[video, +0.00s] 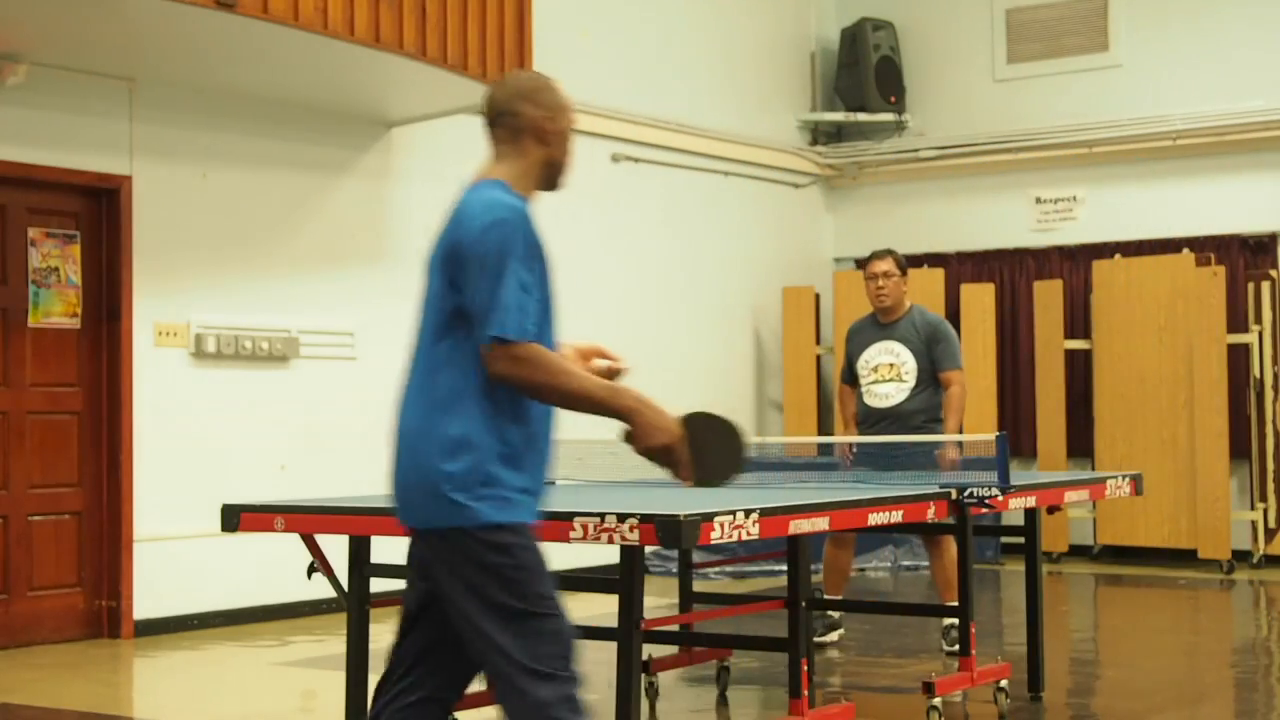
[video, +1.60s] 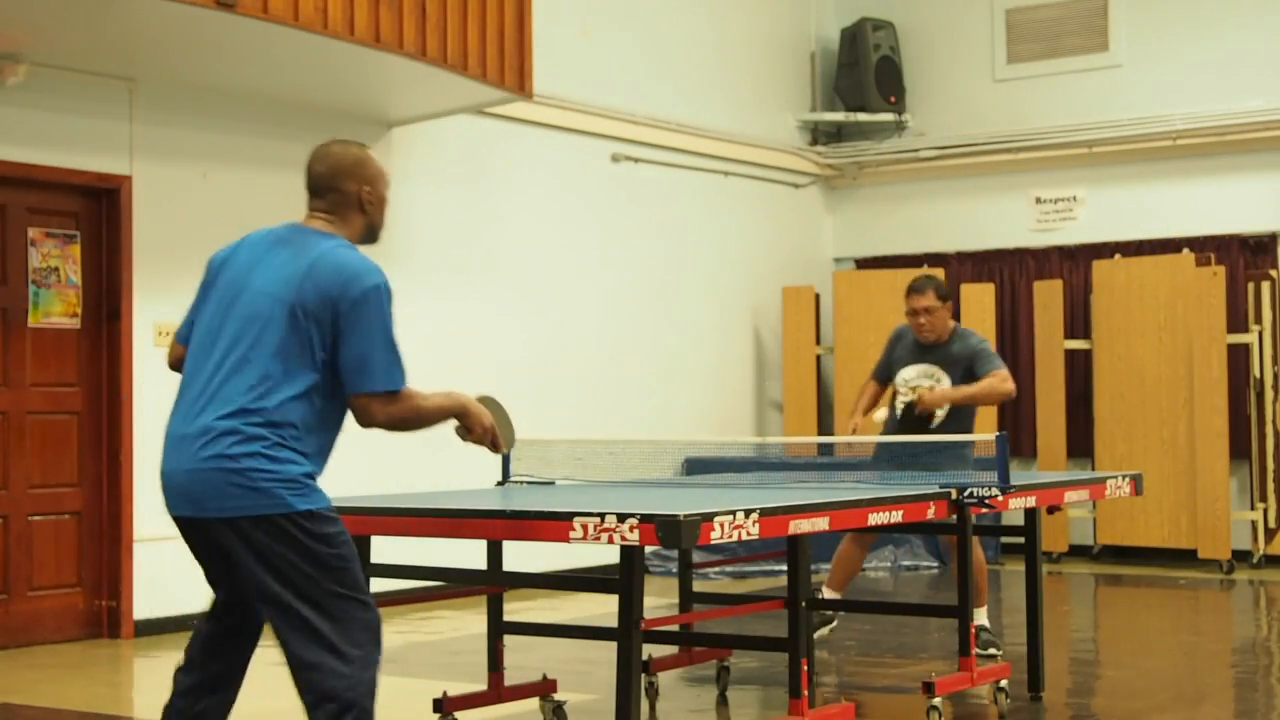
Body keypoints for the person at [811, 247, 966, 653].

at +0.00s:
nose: (880, 285)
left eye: (888, 277)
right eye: (872, 279)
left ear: (905, 281)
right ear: (864, 286)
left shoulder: (933, 327)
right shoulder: (857, 333)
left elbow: (954, 385)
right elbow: (848, 384)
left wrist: (950, 439)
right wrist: (848, 428)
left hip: (921, 449)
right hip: (868, 449)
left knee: (938, 533)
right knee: (841, 529)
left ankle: (953, 621)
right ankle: (829, 613)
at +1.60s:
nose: (920, 321)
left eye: (928, 312)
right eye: (913, 313)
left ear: (949, 309)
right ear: (906, 312)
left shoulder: (971, 346)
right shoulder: (902, 338)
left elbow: (1004, 385)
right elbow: (879, 380)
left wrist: (946, 397)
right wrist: (860, 412)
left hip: (946, 468)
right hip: (894, 465)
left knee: (962, 538)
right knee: (861, 531)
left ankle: (980, 624)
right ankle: (824, 606)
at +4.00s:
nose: (927, 293)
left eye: (935, 285)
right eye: (921, 286)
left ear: (955, 291)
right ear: (915, 291)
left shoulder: (979, 335)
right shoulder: (906, 335)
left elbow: (994, 387)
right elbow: (884, 385)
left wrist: (962, 409)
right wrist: (887, 406)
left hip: (965, 450)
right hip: (914, 450)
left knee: (979, 530)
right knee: (898, 528)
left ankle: (1002, 618)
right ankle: (887, 612)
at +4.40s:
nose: (914, 309)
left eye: (921, 301)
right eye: (908, 303)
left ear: (943, 300)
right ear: (904, 306)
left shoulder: (969, 333)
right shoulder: (910, 344)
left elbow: (987, 371)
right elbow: (894, 394)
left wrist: (930, 386)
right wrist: (880, 389)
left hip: (965, 452)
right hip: (917, 452)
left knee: (979, 532)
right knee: (892, 528)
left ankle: (1003, 620)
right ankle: (888, 614)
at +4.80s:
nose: (905, 297)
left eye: (913, 289)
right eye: (899, 290)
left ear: (931, 293)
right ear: (892, 297)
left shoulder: (954, 331)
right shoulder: (890, 344)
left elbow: (978, 372)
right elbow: (876, 392)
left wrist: (956, 365)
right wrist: (873, 401)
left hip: (954, 447)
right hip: (904, 449)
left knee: (975, 527)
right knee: (891, 527)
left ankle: (1002, 618)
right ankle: (885, 611)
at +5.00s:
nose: (908, 296)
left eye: (916, 288)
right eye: (901, 289)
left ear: (934, 291)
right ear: (895, 295)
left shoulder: (959, 333)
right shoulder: (888, 341)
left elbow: (984, 380)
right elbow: (866, 387)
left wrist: (951, 395)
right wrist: (872, 404)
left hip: (956, 448)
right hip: (905, 449)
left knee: (983, 525)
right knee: (890, 526)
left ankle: (1016, 613)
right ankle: (884, 612)